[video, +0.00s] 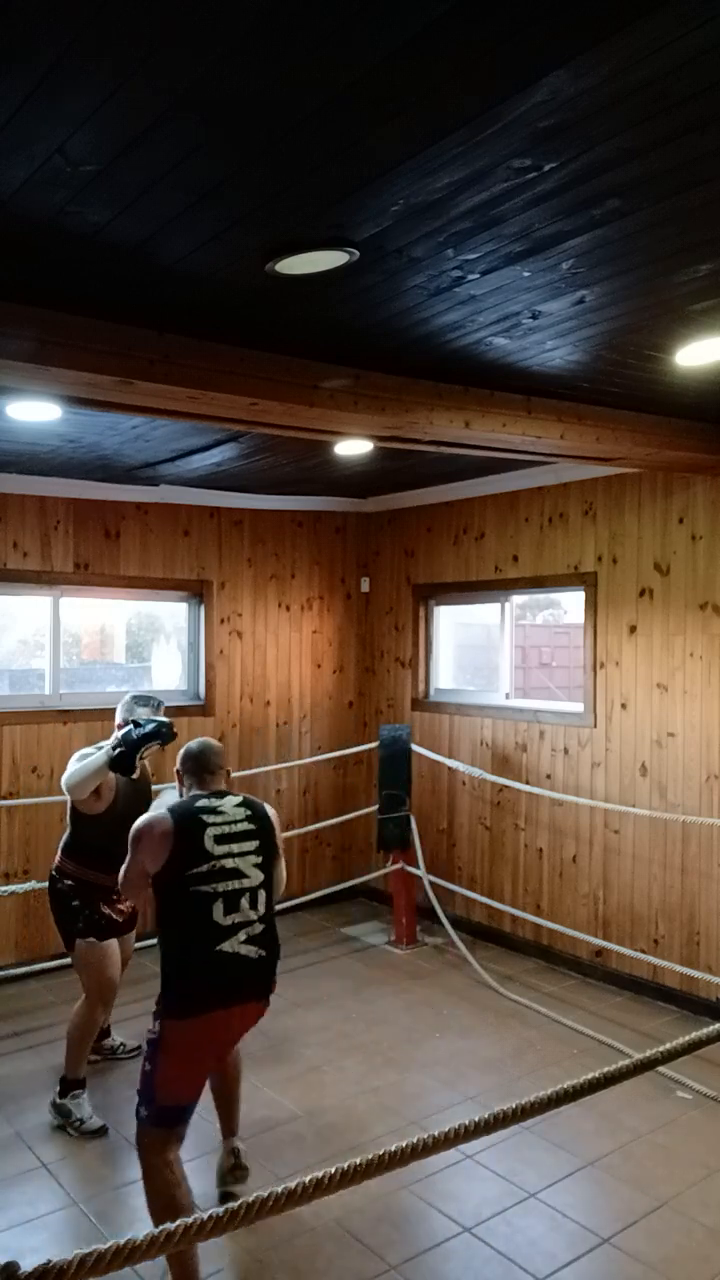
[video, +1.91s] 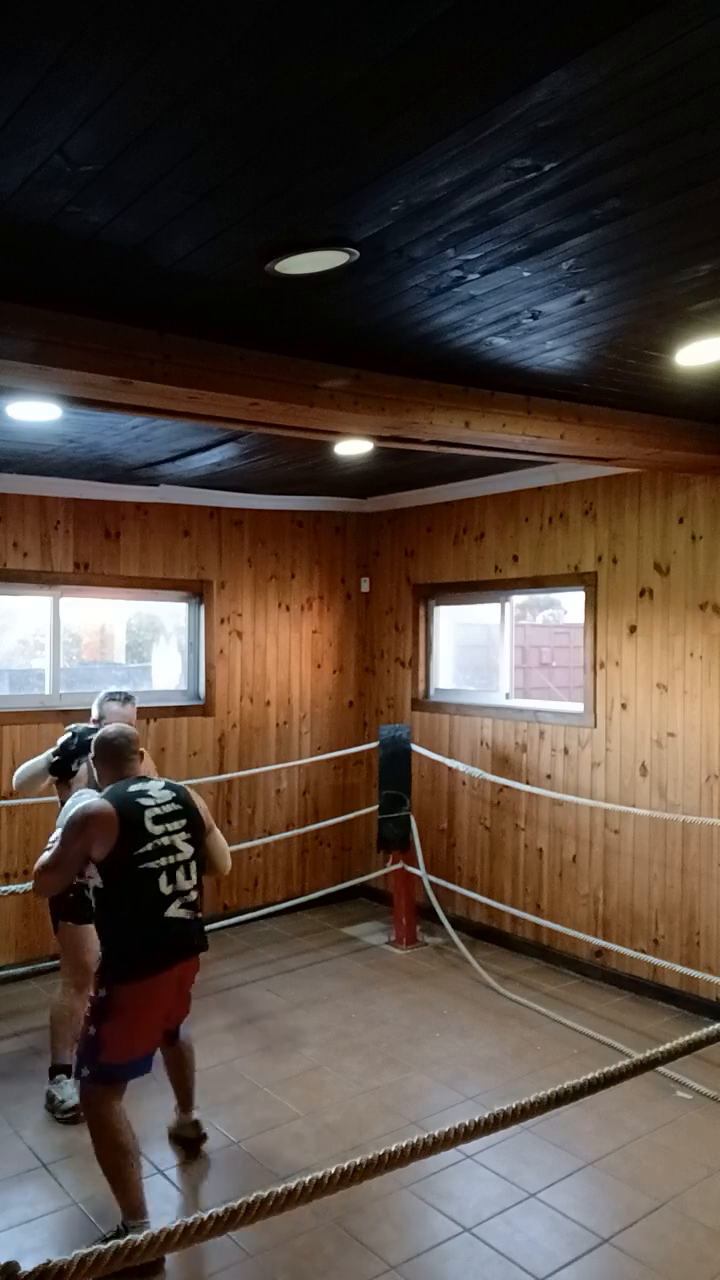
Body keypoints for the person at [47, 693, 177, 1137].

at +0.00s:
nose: (146, 739)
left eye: (152, 731)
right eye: (139, 727)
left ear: (156, 737)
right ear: (120, 725)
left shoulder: (144, 775)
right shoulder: (91, 761)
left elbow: (146, 825)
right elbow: (73, 788)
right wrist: (118, 748)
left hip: (121, 882)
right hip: (77, 884)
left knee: (117, 965)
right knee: (102, 988)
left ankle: (100, 1037)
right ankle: (69, 1094)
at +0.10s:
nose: (152, 740)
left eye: (157, 733)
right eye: (146, 730)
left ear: (158, 736)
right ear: (124, 727)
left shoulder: (153, 772)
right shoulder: (95, 762)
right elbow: (71, 784)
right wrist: (116, 743)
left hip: (125, 879)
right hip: (80, 881)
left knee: (118, 963)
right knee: (101, 989)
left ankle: (98, 1037)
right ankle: (72, 1094)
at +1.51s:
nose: (136, 728)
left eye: (138, 723)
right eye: (130, 719)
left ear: (134, 724)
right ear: (104, 715)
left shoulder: (133, 752)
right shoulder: (78, 750)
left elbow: (152, 780)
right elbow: (35, 760)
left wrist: (116, 730)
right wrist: (61, 711)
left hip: (124, 872)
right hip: (80, 876)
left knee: (117, 965)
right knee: (87, 984)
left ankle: (94, 1037)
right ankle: (64, 1085)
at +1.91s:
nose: (119, 734)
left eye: (126, 726)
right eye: (111, 726)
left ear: (134, 723)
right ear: (94, 721)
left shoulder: (138, 762)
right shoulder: (77, 753)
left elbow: (155, 805)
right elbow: (21, 784)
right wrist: (60, 754)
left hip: (125, 875)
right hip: (74, 875)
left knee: (122, 970)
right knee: (81, 977)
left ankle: (111, 1065)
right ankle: (62, 1075)